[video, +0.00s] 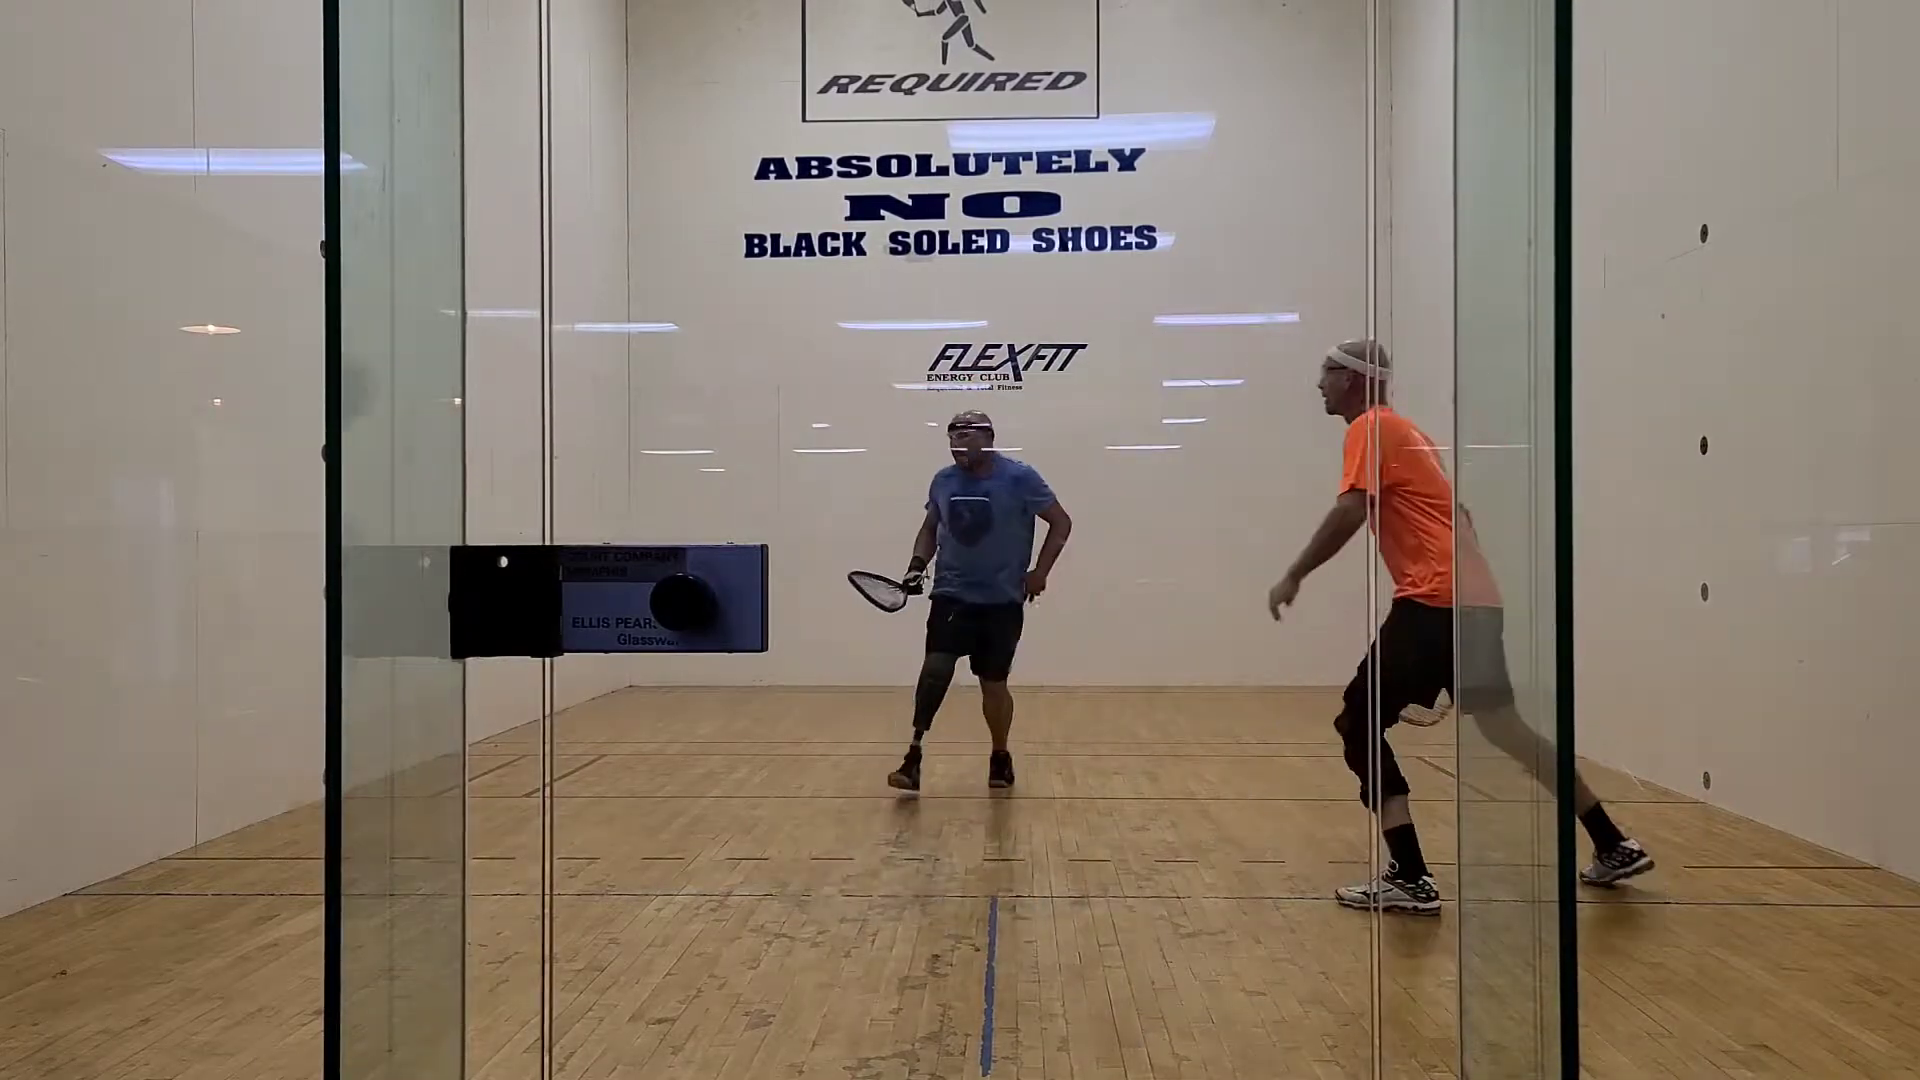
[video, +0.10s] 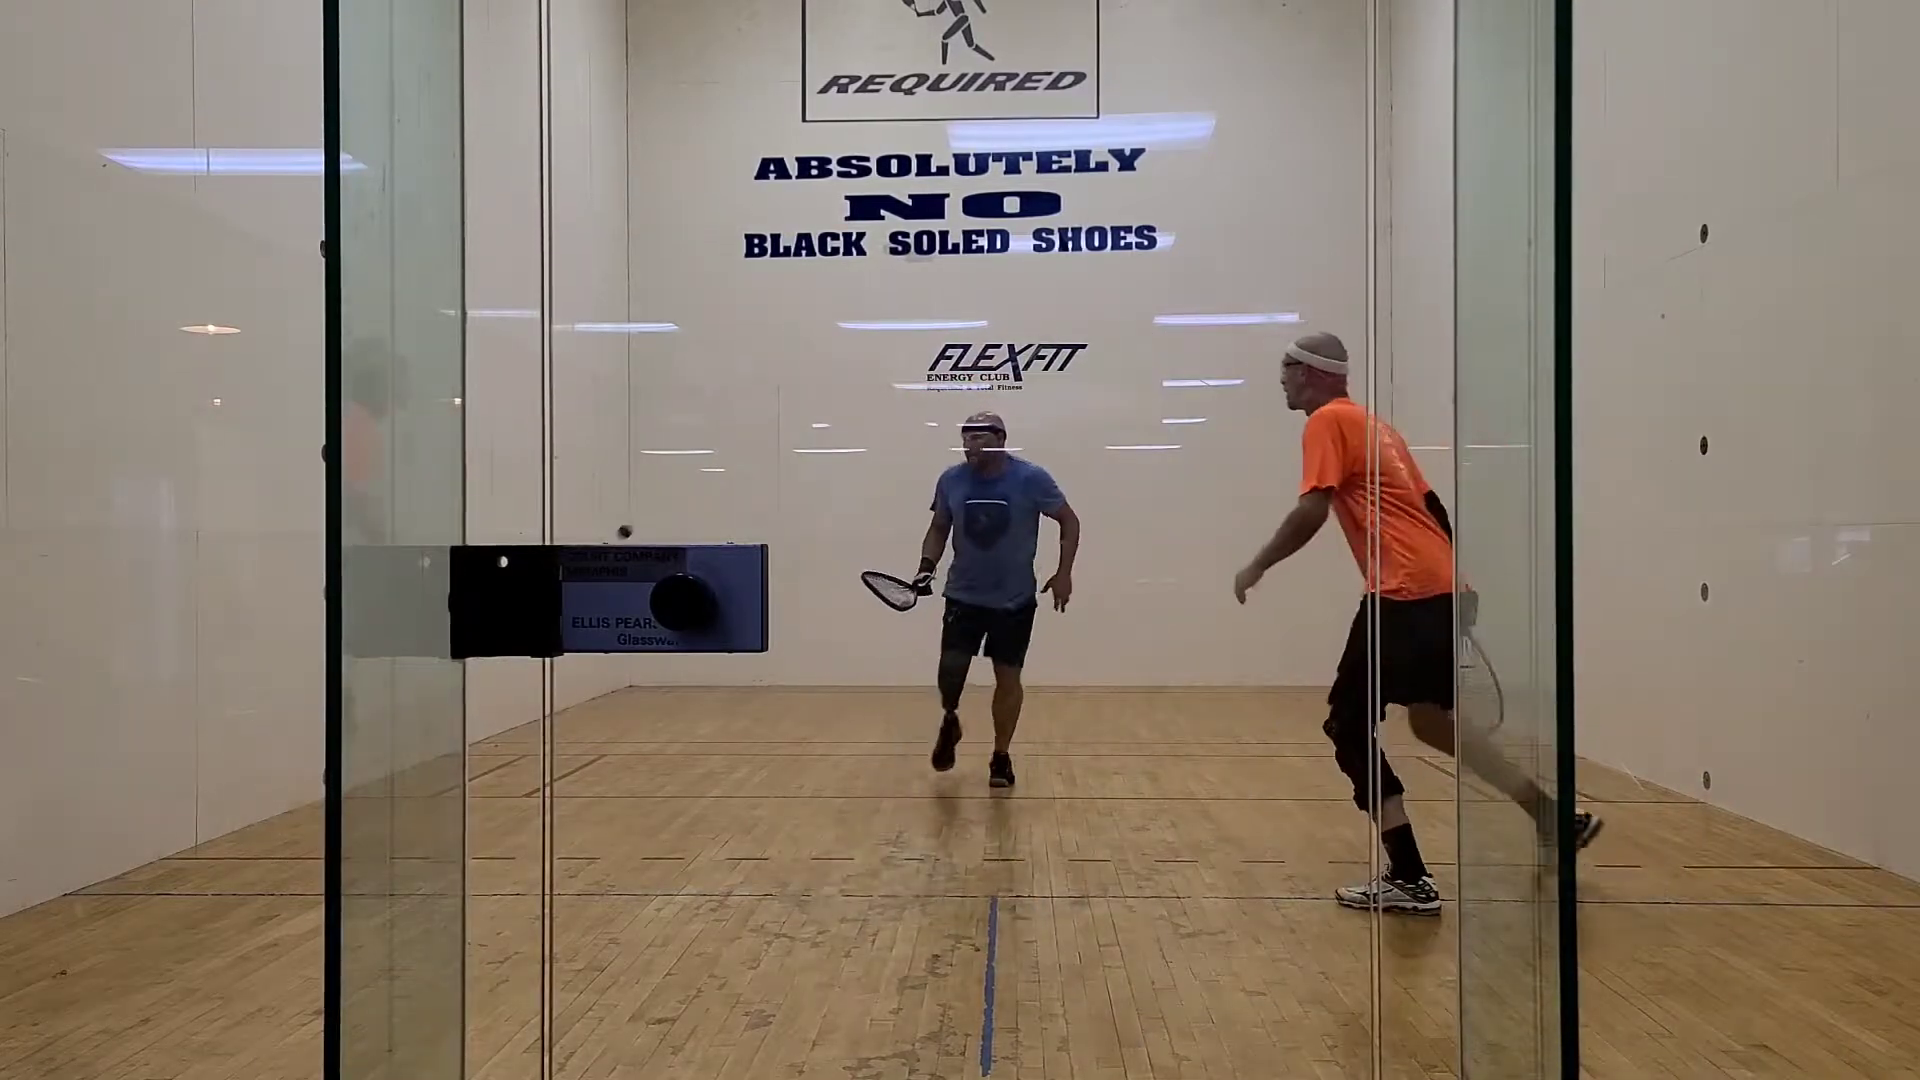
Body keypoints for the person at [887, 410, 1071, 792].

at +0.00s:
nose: (959, 450)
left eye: (966, 442)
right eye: (954, 444)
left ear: (988, 440)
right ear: (950, 445)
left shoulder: (1020, 477)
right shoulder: (945, 480)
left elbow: (1061, 522)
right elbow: (930, 528)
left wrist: (1041, 571)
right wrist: (917, 566)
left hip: (1001, 600)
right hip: (951, 597)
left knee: (993, 684)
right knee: (934, 673)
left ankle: (1000, 755)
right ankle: (913, 757)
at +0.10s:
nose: (972, 445)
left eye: (980, 438)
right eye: (968, 438)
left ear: (1000, 440)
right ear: (963, 442)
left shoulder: (1031, 479)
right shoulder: (951, 481)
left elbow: (1070, 522)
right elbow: (938, 529)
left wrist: (1064, 572)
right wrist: (927, 564)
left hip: (1013, 599)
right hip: (964, 596)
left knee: (1007, 677)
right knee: (951, 671)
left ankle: (1001, 755)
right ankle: (949, 722)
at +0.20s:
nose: (982, 445)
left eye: (991, 439)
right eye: (978, 439)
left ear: (1008, 444)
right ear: (972, 444)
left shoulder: (1038, 479)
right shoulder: (958, 484)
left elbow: (1076, 516)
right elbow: (945, 532)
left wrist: (1080, 561)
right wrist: (940, 563)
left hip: (1028, 591)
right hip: (979, 593)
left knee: (1025, 664)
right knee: (965, 672)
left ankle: (1021, 747)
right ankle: (962, 716)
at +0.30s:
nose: (987, 465)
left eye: (995, 459)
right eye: (985, 459)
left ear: (1017, 463)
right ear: (983, 464)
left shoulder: (1043, 498)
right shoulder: (971, 503)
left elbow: (1095, 523)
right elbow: (954, 545)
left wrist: (1099, 540)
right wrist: (951, 561)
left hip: (1035, 605)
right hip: (989, 608)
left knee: (1046, 675)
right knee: (977, 677)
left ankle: (1059, 729)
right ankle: (962, 735)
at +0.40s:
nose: (1012, 461)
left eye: (1021, 456)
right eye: (1010, 457)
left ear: (1040, 465)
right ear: (1007, 465)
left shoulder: (1062, 499)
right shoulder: (998, 503)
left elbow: (1104, 527)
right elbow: (974, 551)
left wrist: (1079, 519)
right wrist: (980, 526)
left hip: (1052, 607)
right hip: (1007, 605)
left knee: (1057, 678)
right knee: (985, 670)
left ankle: (1081, 713)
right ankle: (963, 733)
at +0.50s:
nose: (1048, 461)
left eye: (1055, 456)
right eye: (1045, 456)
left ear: (1073, 463)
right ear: (1040, 463)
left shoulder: (1092, 495)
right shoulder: (1037, 493)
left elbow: (1082, 519)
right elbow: (1016, 520)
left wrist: (1043, 501)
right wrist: (1028, 497)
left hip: (1075, 602)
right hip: (1033, 596)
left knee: (1068, 674)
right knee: (1009, 664)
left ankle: (1079, 726)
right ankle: (970, 730)